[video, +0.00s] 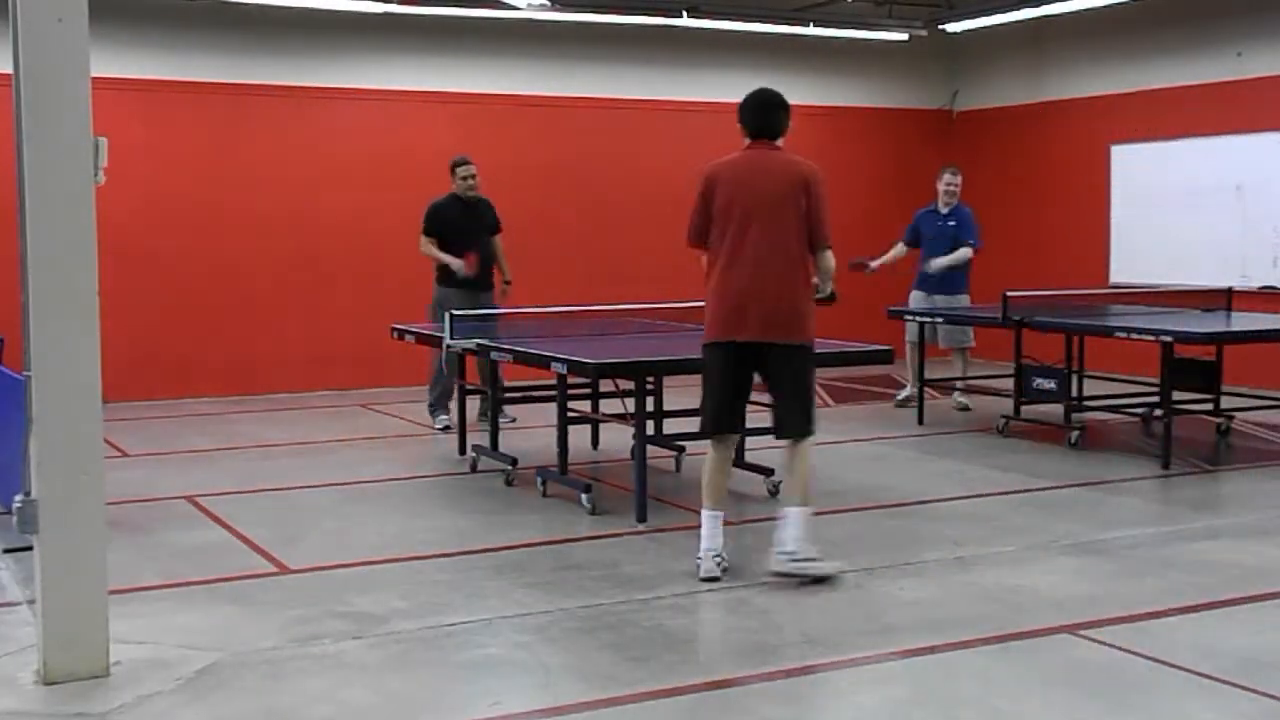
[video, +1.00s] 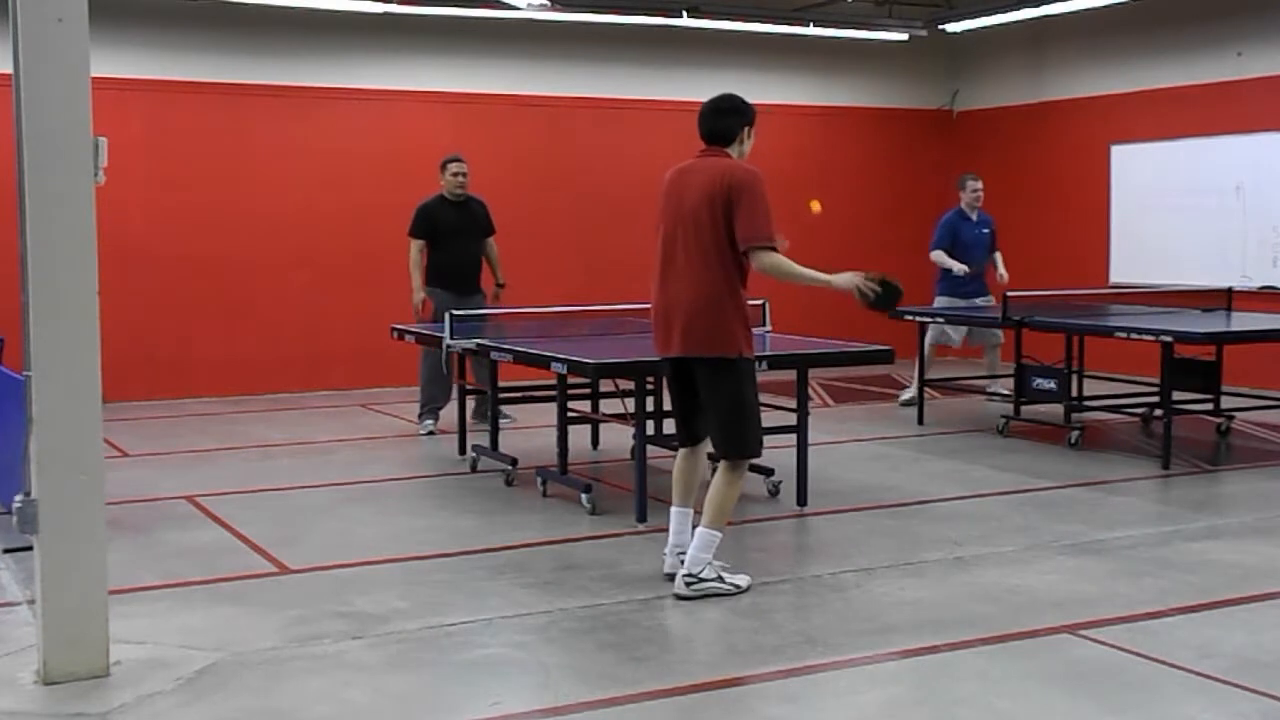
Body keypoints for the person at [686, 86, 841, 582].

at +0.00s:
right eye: (785, 121)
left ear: (742, 126)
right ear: (786, 126)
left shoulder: (718, 174)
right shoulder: (804, 175)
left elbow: (700, 242)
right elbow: (823, 256)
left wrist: (732, 267)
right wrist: (826, 285)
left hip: (726, 325)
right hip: (787, 325)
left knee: (721, 440)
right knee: (797, 438)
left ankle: (710, 552)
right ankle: (790, 547)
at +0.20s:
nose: (772, 133)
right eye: (772, 127)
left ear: (726, 131)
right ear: (771, 131)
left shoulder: (702, 177)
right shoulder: (787, 175)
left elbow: (689, 245)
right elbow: (801, 250)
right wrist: (812, 279)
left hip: (704, 323)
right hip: (760, 324)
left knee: (712, 442)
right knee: (742, 446)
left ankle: (710, 554)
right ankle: (701, 556)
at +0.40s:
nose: (773, 143)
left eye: (767, 136)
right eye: (773, 136)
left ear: (725, 137)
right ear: (768, 139)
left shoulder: (697, 180)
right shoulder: (774, 179)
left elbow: (693, 249)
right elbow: (788, 254)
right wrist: (811, 287)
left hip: (689, 323)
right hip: (740, 326)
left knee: (705, 443)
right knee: (736, 451)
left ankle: (708, 553)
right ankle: (697, 566)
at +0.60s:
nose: (770, 144)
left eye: (766, 136)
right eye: (770, 137)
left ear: (721, 137)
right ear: (763, 139)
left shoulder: (696, 179)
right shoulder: (763, 182)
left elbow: (695, 249)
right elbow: (777, 262)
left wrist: (745, 290)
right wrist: (823, 309)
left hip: (678, 325)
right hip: (727, 329)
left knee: (704, 445)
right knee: (736, 455)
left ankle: (708, 554)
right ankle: (698, 567)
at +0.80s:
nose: (764, 140)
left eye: (763, 132)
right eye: (764, 133)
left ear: (712, 134)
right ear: (755, 135)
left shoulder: (688, 176)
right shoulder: (749, 178)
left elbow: (705, 236)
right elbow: (763, 256)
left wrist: (768, 221)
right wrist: (830, 307)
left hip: (674, 324)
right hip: (719, 328)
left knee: (698, 438)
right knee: (736, 454)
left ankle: (694, 552)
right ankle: (697, 568)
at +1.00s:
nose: (752, 142)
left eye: (751, 133)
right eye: (752, 134)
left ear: (704, 133)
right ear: (742, 135)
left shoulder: (676, 177)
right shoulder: (741, 178)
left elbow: (688, 246)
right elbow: (764, 259)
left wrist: (759, 244)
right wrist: (833, 279)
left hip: (671, 329)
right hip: (718, 333)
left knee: (692, 441)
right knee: (736, 455)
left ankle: (676, 550)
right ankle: (697, 568)